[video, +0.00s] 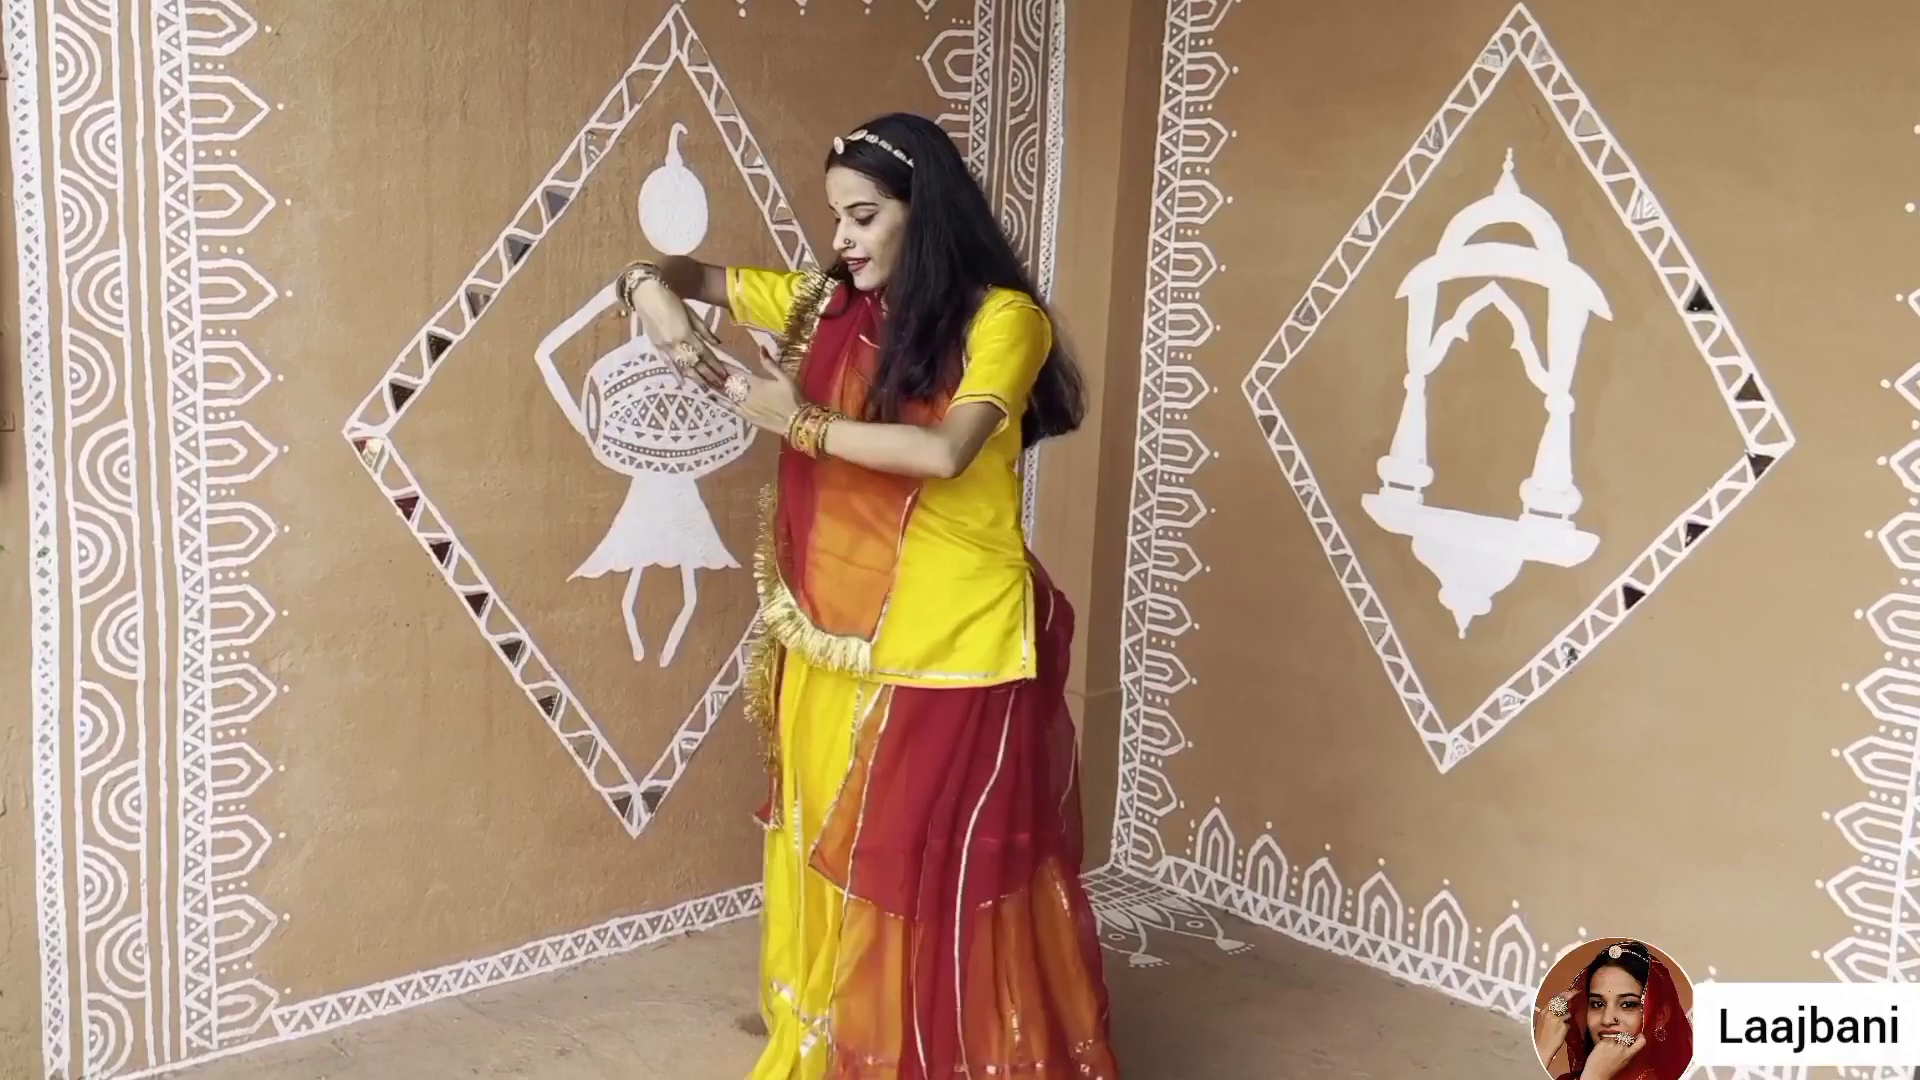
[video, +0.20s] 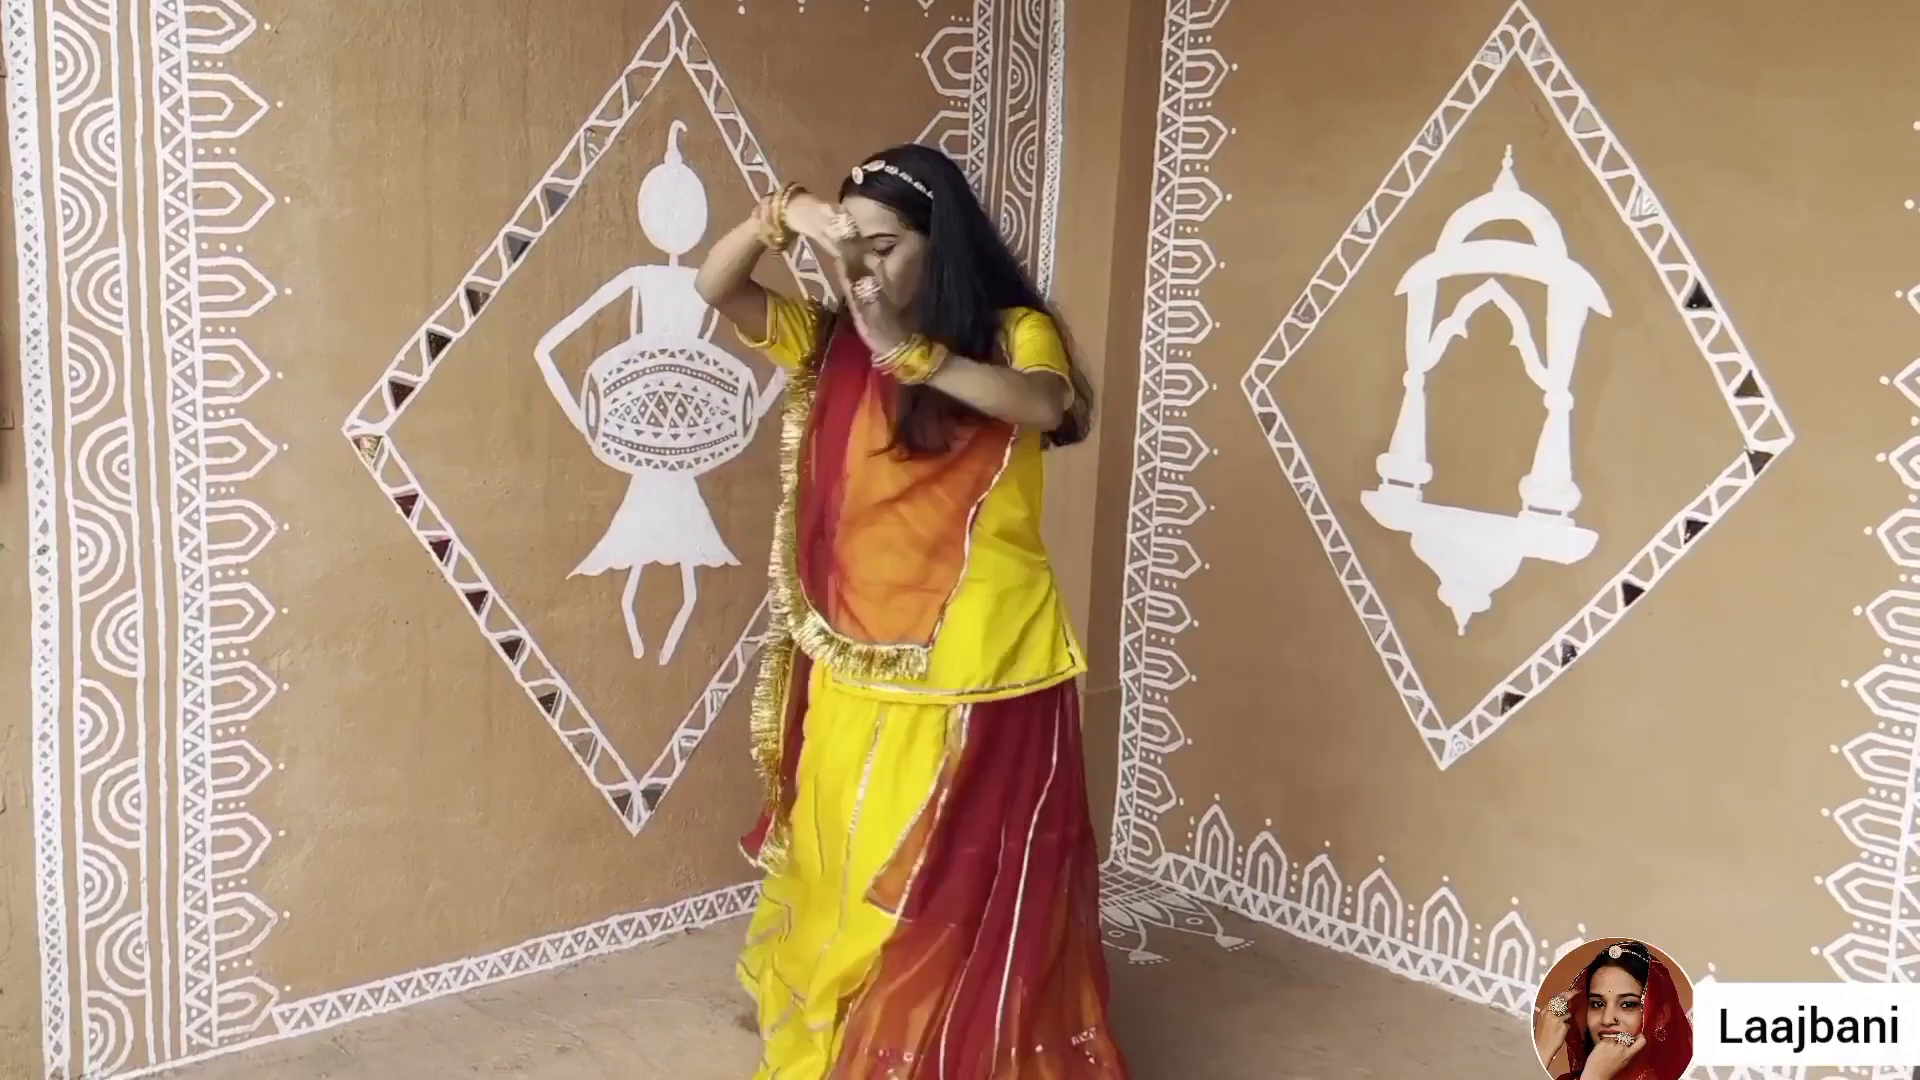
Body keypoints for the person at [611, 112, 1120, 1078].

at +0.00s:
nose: (844, 242)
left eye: (862, 219)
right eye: (837, 221)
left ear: (926, 211)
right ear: (835, 218)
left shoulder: (1004, 317)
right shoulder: (831, 302)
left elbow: (947, 452)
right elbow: (667, 276)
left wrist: (801, 422)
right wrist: (660, 301)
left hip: (961, 656)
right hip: (838, 645)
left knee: (931, 879)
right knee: (835, 875)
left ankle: (941, 1061)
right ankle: (834, 1055)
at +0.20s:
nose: (857, 275)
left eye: (878, 251)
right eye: (845, 254)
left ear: (939, 245)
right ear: (833, 251)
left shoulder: (1015, 331)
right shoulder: (839, 335)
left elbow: (1051, 409)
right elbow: (718, 286)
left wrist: (903, 351)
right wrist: (778, 214)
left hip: (980, 666)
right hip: (852, 661)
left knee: (950, 894)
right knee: (844, 887)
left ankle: (947, 1062)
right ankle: (833, 1055)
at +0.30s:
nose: (870, 271)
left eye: (893, 250)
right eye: (856, 250)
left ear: (942, 255)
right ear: (843, 256)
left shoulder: (1002, 348)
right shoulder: (841, 351)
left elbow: (1112, 363)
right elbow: (760, 281)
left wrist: (999, 287)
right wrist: (861, 180)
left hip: (992, 664)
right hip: (867, 663)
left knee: (983, 890)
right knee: (860, 878)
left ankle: (986, 1056)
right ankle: (837, 1052)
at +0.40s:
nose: (890, 263)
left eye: (914, 243)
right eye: (877, 242)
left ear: (953, 248)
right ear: (857, 253)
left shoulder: (998, 336)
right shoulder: (845, 356)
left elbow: (1136, 301)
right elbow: (823, 260)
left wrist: (1076, 206)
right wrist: (939, 149)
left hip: (1018, 667)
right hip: (903, 676)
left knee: (1053, 890)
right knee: (931, 898)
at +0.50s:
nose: (946, 223)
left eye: (963, 203)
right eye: (924, 203)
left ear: (978, 212)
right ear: (876, 219)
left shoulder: (984, 290)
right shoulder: (871, 332)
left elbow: (1091, 218)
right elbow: (960, 233)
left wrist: (1127, 137)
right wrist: (1043, 88)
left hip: (1027, 641)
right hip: (950, 653)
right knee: (1070, 881)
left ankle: (799, 974)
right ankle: (1008, 1060)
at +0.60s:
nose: (999, 213)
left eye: (1006, 191)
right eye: (976, 190)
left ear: (996, 196)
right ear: (912, 198)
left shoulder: (932, 299)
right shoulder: (934, 311)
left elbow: (1023, 168)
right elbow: (1072, 205)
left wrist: (1070, 55)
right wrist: (1091, 62)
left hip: (951, 588)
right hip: (974, 602)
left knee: (930, 819)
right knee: (1028, 830)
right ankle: (1014, 1044)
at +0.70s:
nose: (1059, 214)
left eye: (1052, 192)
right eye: (1041, 194)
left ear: (960, 209)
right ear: (981, 205)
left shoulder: (901, 316)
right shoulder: (1032, 318)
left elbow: (899, 188)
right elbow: (1174, 204)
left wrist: (970, 97)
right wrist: (1133, 69)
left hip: (915, 620)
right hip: (1015, 625)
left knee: (919, 842)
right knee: (1045, 843)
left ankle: (881, 1042)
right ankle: (1052, 1051)